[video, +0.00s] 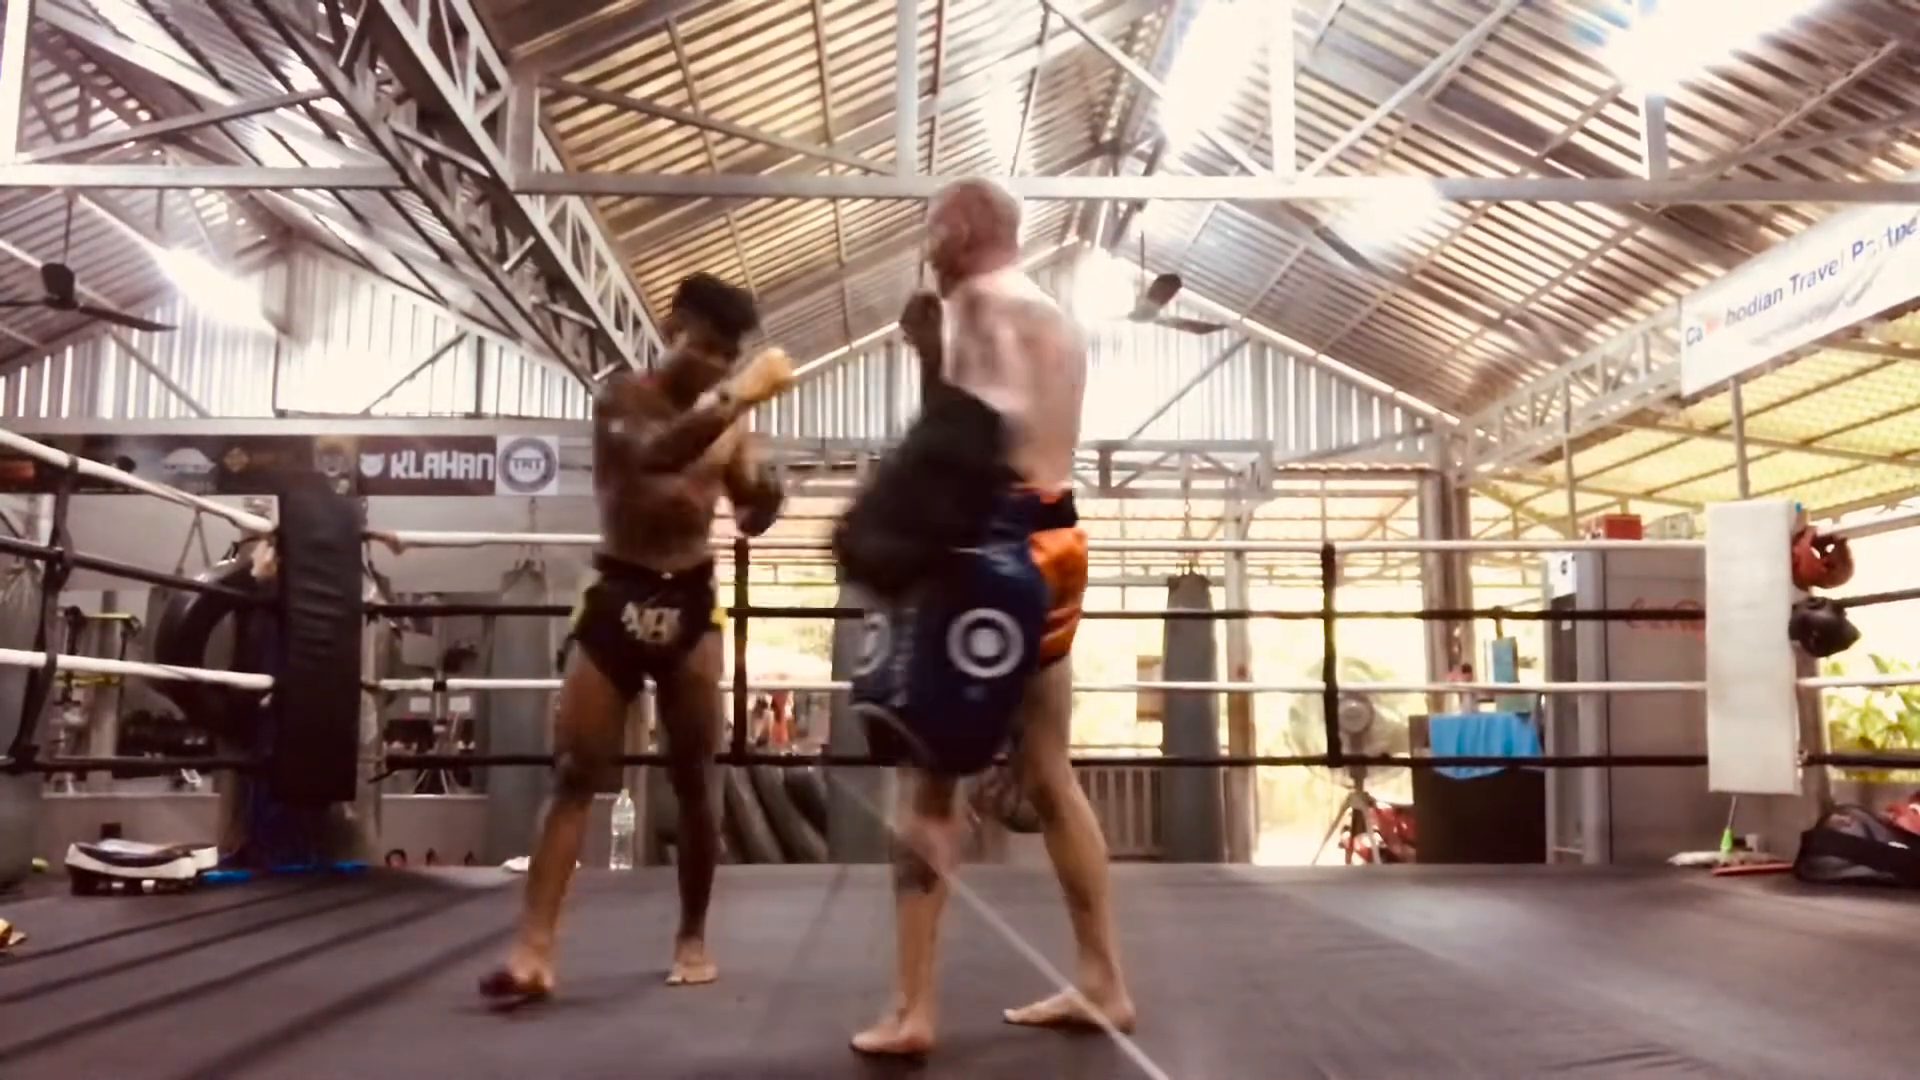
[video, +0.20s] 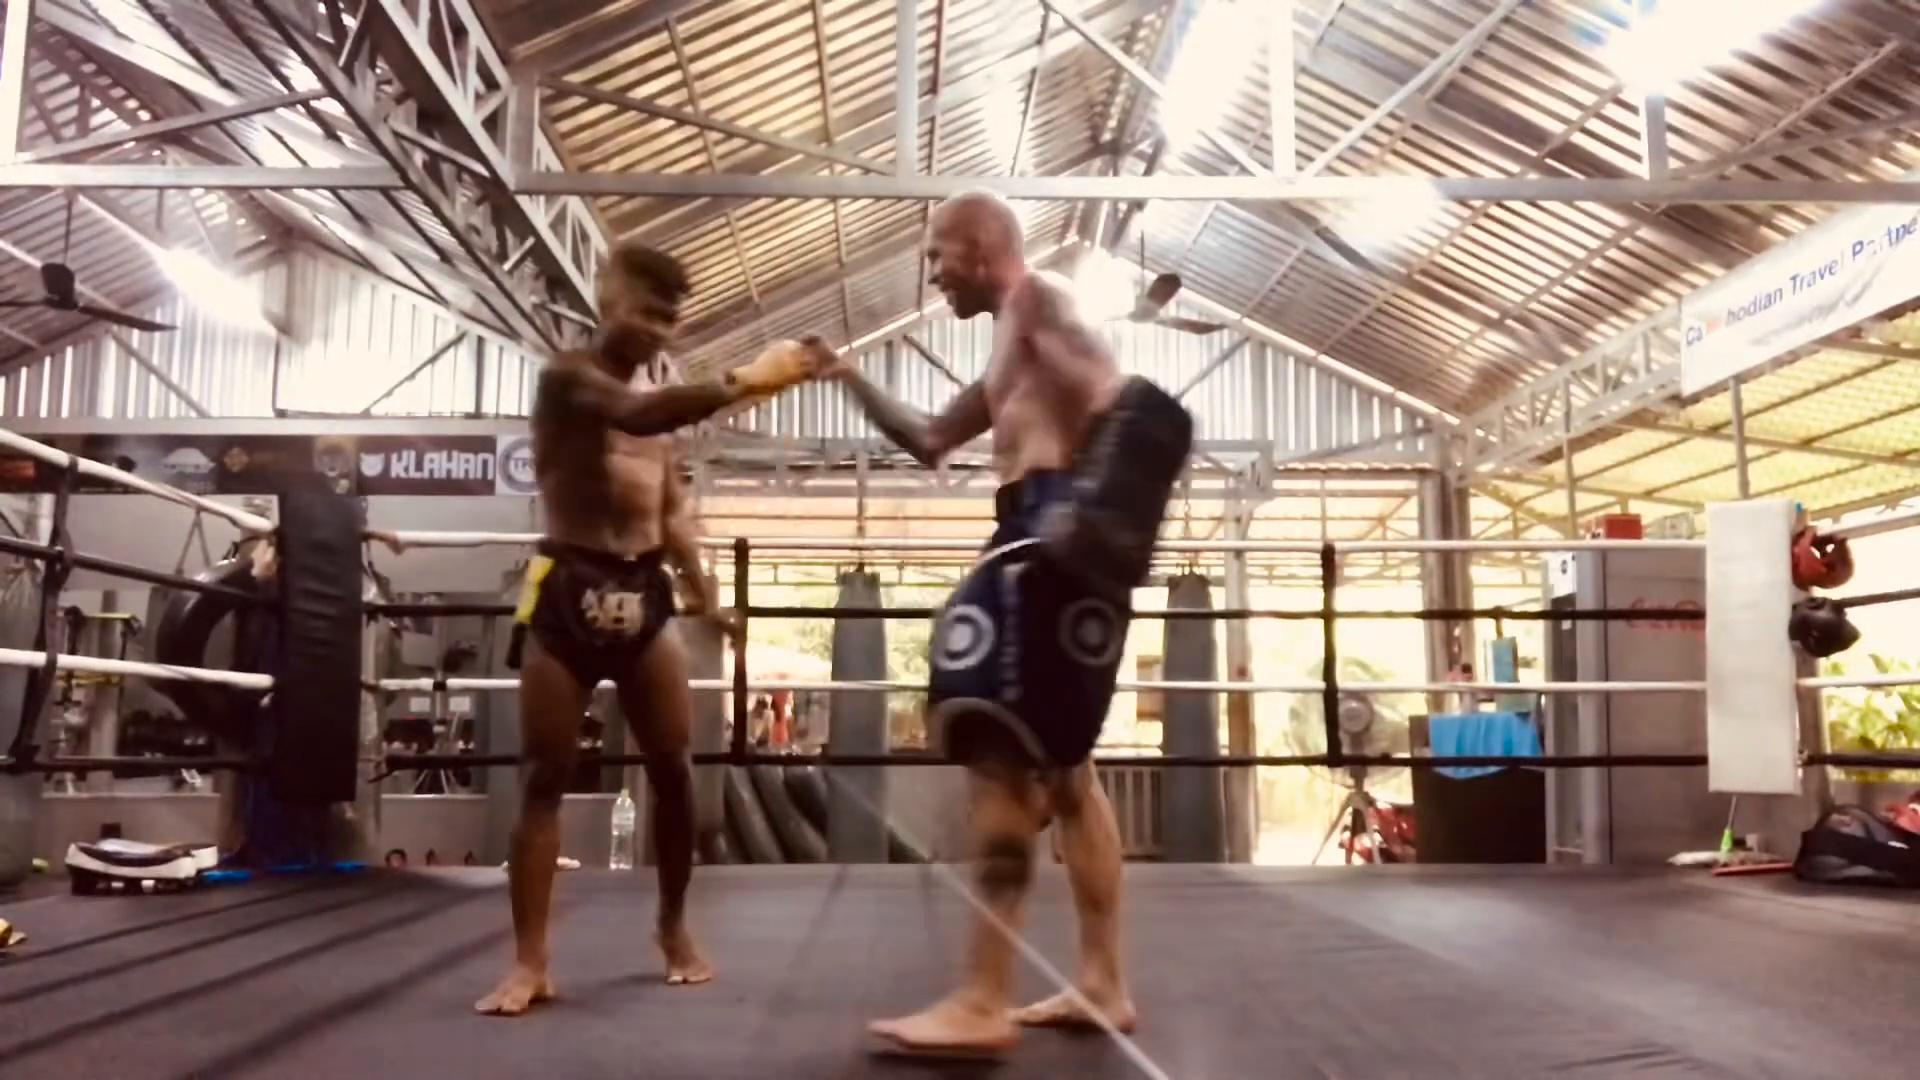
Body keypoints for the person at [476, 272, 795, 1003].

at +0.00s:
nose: (714, 366)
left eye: (725, 355)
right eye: (704, 347)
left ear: (734, 355)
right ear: (674, 330)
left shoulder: (724, 417)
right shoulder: (624, 390)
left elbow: (755, 517)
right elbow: (646, 455)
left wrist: (766, 484)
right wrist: (735, 398)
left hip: (690, 603)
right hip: (617, 598)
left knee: (696, 782)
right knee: (573, 778)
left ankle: (692, 941)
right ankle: (534, 951)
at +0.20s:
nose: (657, 332)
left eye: (667, 320)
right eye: (648, 313)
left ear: (671, 322)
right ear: (608, 296)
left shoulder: (662, 399)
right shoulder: (566, 376)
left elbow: (673, 508)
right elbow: (637, 412)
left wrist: (701, 587)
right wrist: (747, 383)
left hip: (648, 592)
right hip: (568, 589)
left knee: (673, 767)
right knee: (544, 779)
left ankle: (674, 927)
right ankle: (529, 965)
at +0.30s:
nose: (627, 320)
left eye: (634, 310)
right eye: (615, 303)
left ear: (636, 314)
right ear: (569, 297)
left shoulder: (628, 393)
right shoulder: (533, 371)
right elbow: (603, 409)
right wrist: (725, 377)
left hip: (628, 588)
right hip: (549, 587)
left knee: (662, 768)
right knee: (532, 783)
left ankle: (646, 917)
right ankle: (529, 965)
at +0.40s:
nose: (589, 301)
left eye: (599, 289)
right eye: (574, 284)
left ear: (608, 298)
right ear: (535, 287)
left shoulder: (610, 374)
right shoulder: (501, 368)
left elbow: (627, 420)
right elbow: (555, 406)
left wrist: (672, 415)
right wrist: (680, 390)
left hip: (609, 581)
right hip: (526, 583)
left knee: (630, 768)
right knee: (524, 780)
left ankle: (616, 937)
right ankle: (528, 963)